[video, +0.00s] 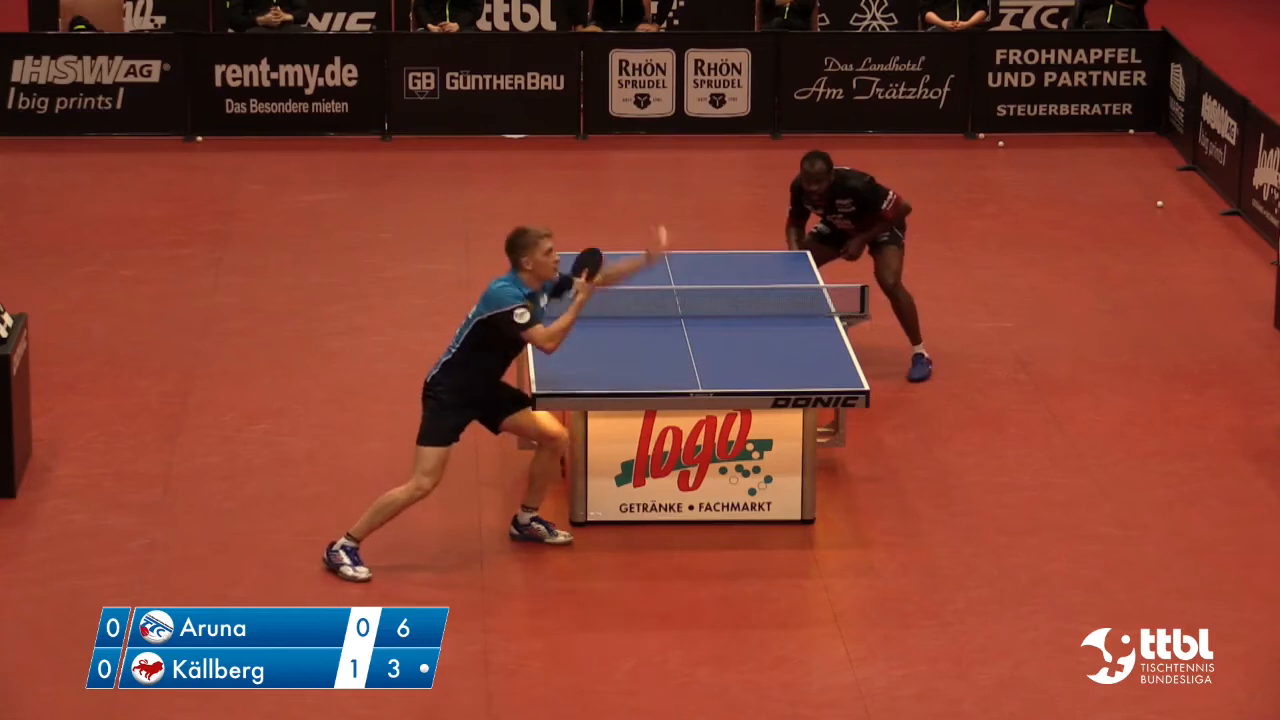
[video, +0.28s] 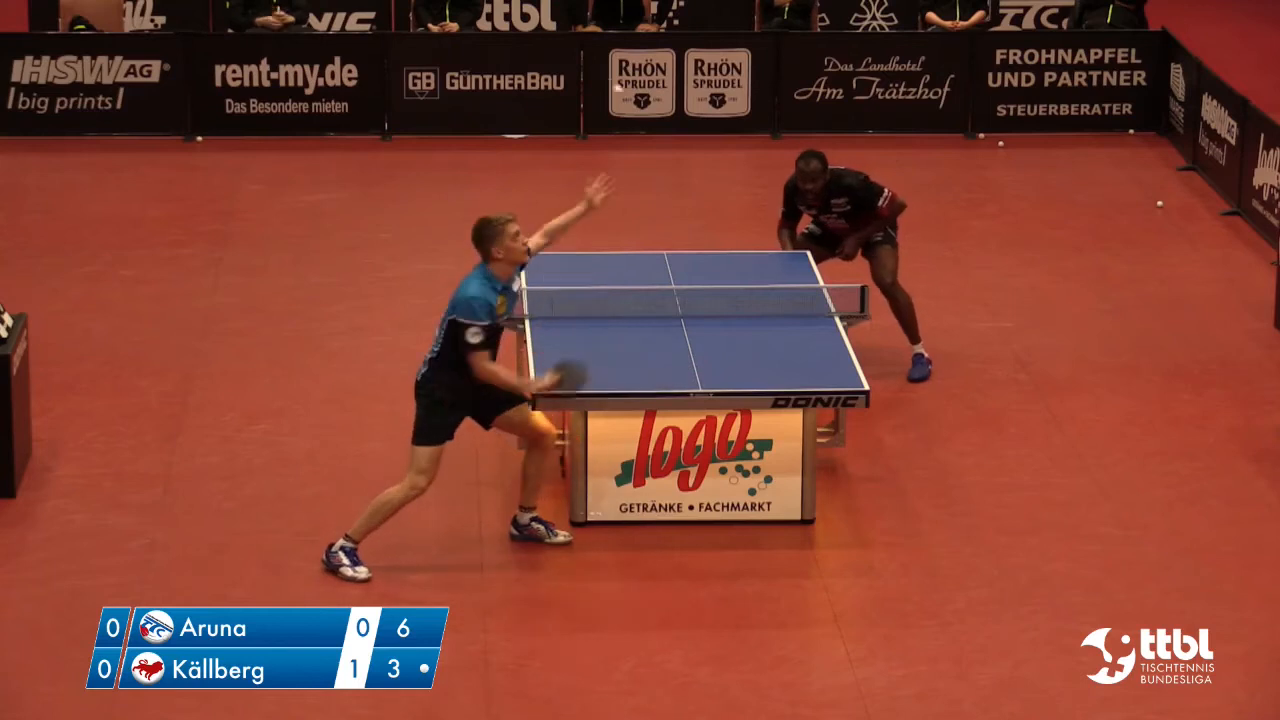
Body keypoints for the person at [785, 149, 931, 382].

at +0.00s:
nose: (813, 189)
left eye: (819, 182)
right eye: (808, 183)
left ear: (831, 176)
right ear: (801, 177)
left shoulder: (856, 184)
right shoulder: (799, 188)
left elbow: (902, 208)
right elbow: (795, 222)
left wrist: (862, 240)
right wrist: (795, 252)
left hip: (880, 225)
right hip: (838, 227)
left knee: (889, 283)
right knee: (795, 265)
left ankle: (919, 353)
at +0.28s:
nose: (808, 187)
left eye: (814, 181)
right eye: (803, 181)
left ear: (826, 175)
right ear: (796, 176)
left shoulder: (851, 183)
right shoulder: (793, 188)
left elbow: (897, 205)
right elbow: (786, 226)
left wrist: (857, 239)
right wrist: (790, 252)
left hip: (873, 226)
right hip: (829, 228)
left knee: (886, 282)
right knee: (789, 265)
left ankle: (919, 353)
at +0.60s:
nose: (806, 180)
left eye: (812, 174)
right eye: (801, 174)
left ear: (824, 170)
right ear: (794, 169)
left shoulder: (849, 178)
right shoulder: (790, 183)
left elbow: (893, 200)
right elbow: (781, 215)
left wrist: (854, 234)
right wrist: (776, 241)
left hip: (868, 226)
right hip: (823, 227)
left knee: (890, 281)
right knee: (780, 261)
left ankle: (921, 350)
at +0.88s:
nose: (831, 164)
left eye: (837, 157)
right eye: (825, 157)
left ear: (849, 154)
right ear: (819, 156)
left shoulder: (874, 170)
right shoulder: (815, 177)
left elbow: (916, 197)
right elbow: (807, 213)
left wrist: (877, 230)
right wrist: (787, 227)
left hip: (889, 231)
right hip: (844, 232)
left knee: (908, 294)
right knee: (799, 279)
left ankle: (925, 355)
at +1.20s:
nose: (825, 153)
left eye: (831, 147)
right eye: (820, 147)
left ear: (846, 142)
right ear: (815, 145)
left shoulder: (876, 157)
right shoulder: (819, 175)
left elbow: (921, 183)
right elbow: (808, 223)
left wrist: (888, 226)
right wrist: (780, 230)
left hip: (900, 234)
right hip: (855, 236)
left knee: (914, 303)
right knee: (811, 287)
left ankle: (942, 364)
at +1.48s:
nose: (795, 171)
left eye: (800, 164)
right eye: (791, 165)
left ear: (814, 156)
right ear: (786, 162)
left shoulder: (844, 160)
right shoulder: (787, 189)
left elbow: (888, 164)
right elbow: (781, 236)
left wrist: (898, 209)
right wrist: (766, 243)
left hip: (864, 239)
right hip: (820, 244)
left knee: (900, 303)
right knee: (791, 296)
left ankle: (939, 361)